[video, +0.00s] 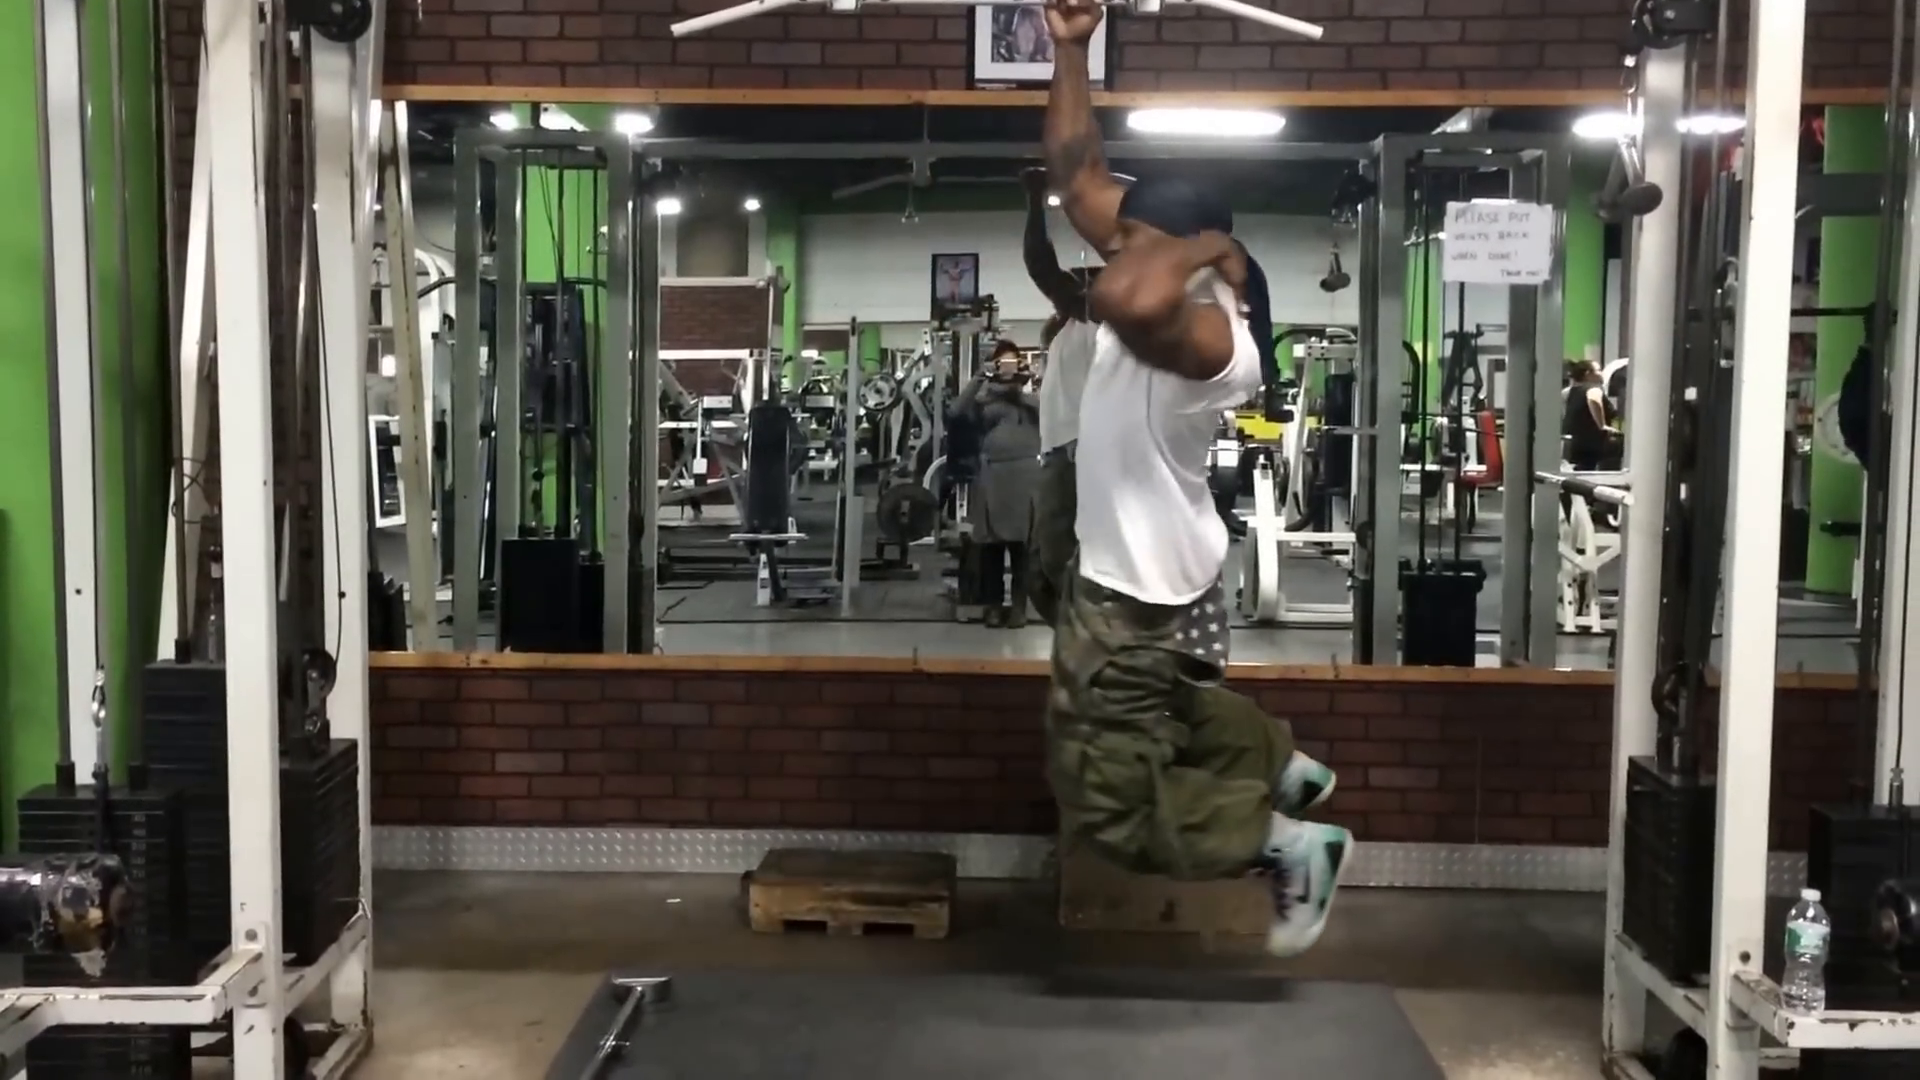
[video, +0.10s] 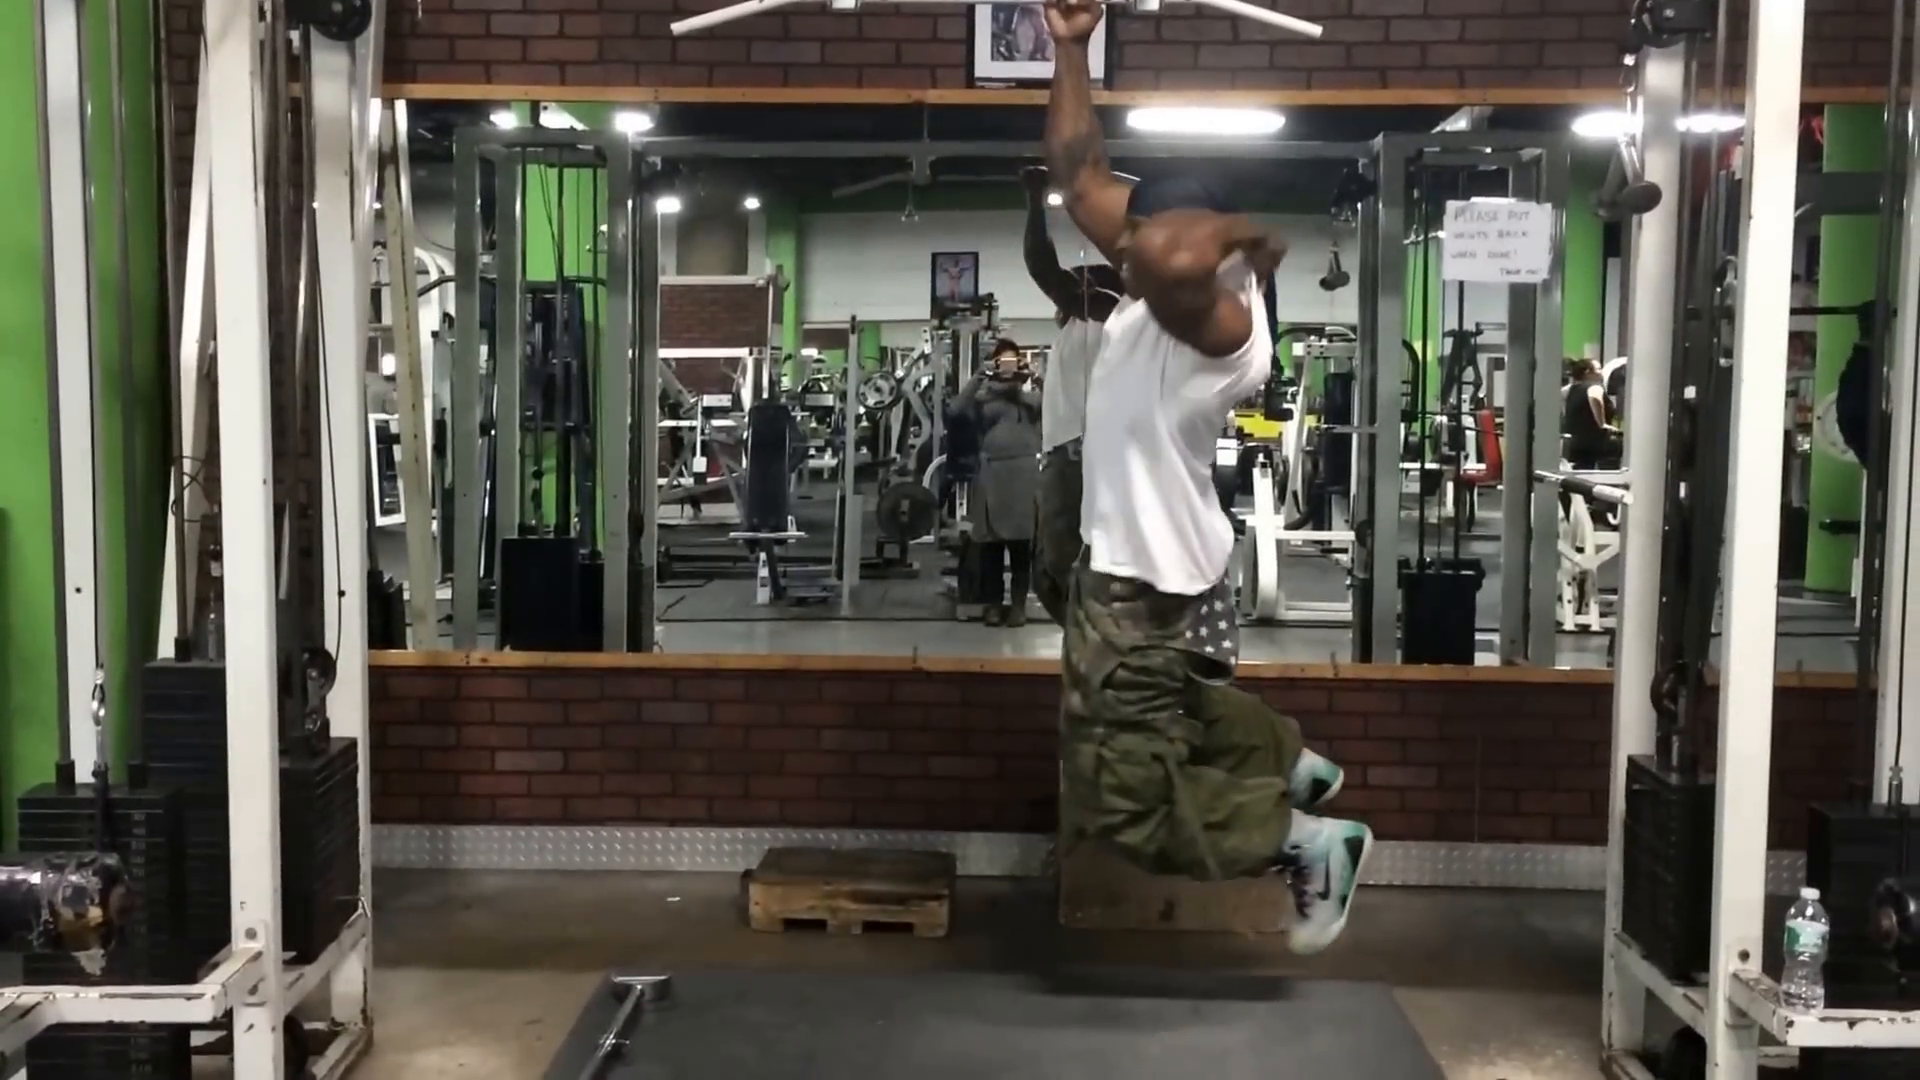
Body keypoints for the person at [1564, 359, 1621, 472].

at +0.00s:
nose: (1601, 374)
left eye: (1600, 370)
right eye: (1598, 370)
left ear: (1585, 374)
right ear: (1587, 374)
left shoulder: (1572, 390)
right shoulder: (1594, 389)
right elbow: (1593, 401)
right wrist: (1602, 425)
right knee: (1620, 442)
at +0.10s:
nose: (1601, 373)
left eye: (1601, 369)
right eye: (1598, 369)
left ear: (1585, 373)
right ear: (1587, 373)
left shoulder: (1570, 389)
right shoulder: (1596, 388)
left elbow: (1561, 391)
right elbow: (1594, 398)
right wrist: (1602, 424)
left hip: (1576, 437)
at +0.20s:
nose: (1601, 372)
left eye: (1600, 368)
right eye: (1598, 368)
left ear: (1584, 372)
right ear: (1587, 372)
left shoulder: (1571, 387)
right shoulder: (1595, 387)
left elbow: (1561, 393)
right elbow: (1593, 399)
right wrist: (1600, 426)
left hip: (1574, 438)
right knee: (1619, 440)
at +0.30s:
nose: (1600, 370)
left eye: (1598, 367)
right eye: (1596, 367)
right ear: (1586, 371)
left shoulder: (1571, 388)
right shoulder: (1593, 386)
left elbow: (1561, 398)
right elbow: (1593, 405)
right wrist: (1598, 431)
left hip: (1572, 440)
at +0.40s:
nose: (1599, 370)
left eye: (1597, 366)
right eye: (1595, 366)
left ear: (1582, 370)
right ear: (1584, 370)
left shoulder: (1571, 387)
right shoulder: (1591, 386)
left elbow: (1561, 407)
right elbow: (1590, 410)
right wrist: (1596, 438)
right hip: (1585, 445)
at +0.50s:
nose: (1598, 370)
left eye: (1597, 366)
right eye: (1594, 366)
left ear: (1581, 370)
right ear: (1583, 370)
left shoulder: (1571, 389)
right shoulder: (1589, 389)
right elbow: (1589, 417)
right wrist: (1595, 444)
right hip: (1585, 449)